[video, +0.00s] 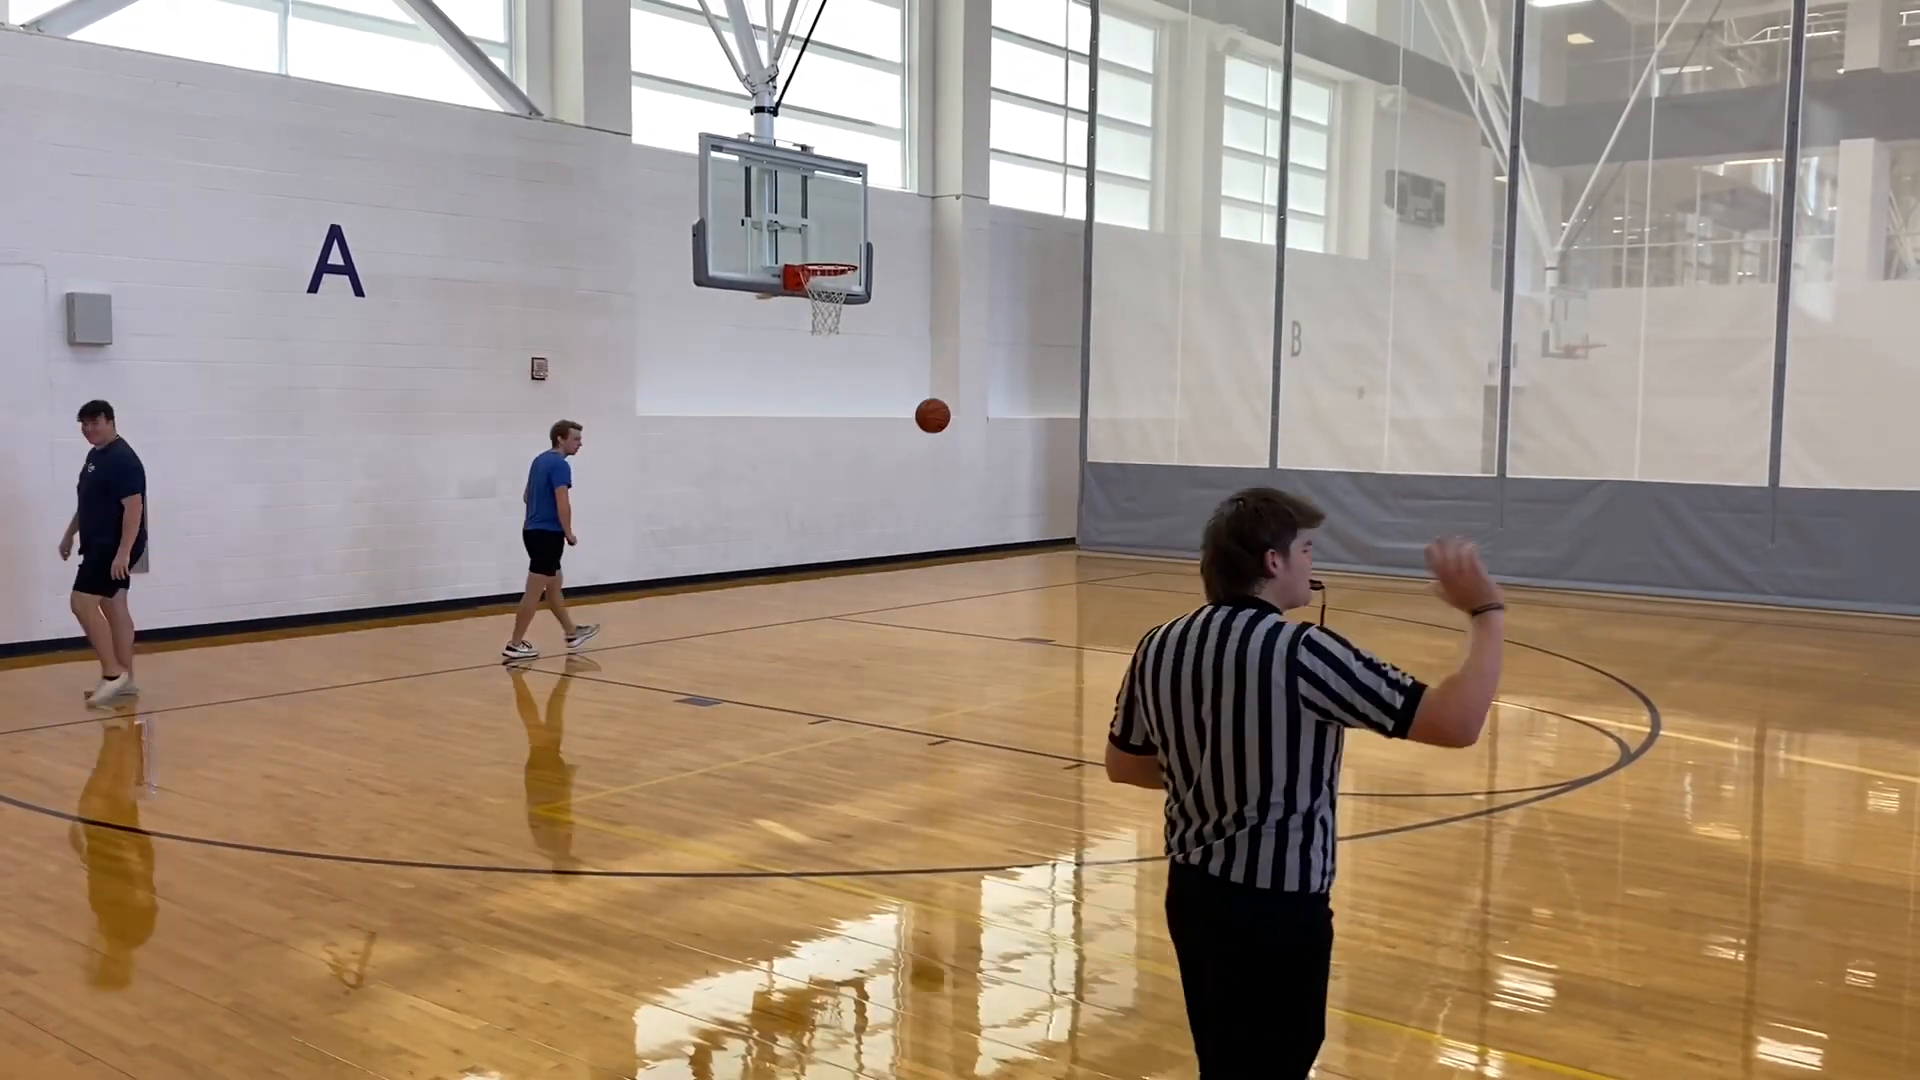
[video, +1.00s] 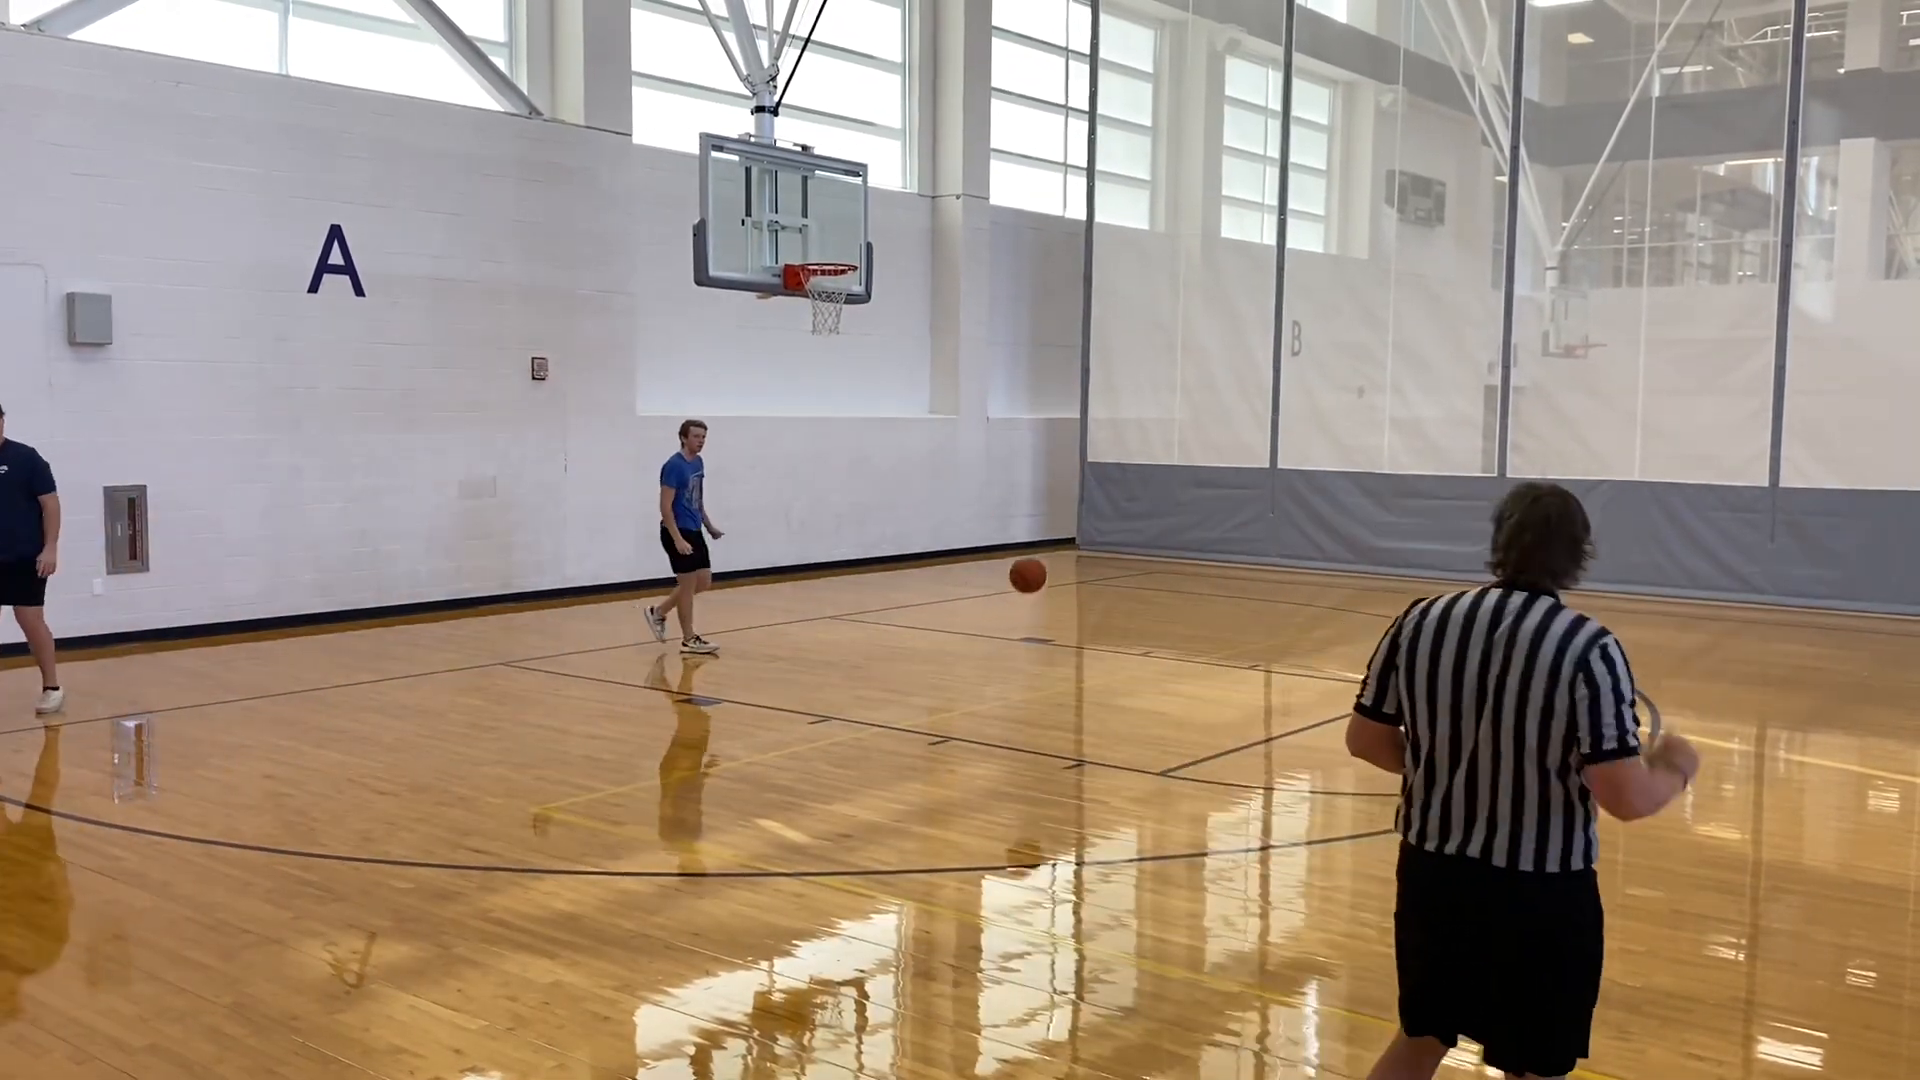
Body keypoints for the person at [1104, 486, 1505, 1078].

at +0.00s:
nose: (1312, 566)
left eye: (1310, 551)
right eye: (1306, 552)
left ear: (1224, 560)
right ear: (1273, 560)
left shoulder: (1160, 645)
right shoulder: (1300, 651)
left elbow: (1126, 761)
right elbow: (1457, 721)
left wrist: (1210, 773)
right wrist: (1487, 611)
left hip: (1192, 895)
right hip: (1281, 904)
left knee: (1220, 1059)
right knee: (1280, 1058)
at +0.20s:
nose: (1373, 557)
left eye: (1371, 542)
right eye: (1364, 541)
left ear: (1287, 548)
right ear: (1324, 547)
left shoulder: (1212, 630)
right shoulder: (1345, 628)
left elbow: (1179, 746)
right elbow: (1505, 636)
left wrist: (1258, 756)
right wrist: (1636, 572)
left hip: (1246, 887)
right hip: (1334, 894)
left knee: (1299, 1059)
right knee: (1359, 1058)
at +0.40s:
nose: (1417, 555)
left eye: (1415, 539)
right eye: (1410, 539)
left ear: (1336, 543)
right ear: (1376, 541)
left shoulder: (1256, 624)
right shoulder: (1389, 619)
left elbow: (1228, 738)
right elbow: (1534, 614)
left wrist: (1305, 756)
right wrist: (1683, 591)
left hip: (1283, 878)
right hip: (1378, 884)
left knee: (1312, 1057)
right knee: (1433, 1059)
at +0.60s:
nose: (1455, 562)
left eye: (1455, 546)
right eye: (1454, 546)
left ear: (1371, 546)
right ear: (1429, 547)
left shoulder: (1300, 626)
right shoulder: (1438, 625)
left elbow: (1265, 737)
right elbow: (1592, 622)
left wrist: (1343, 754)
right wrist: (1742, 604)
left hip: (1325, 876)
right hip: (1428, 883)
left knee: (1337, 1054)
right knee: (1471, 1056)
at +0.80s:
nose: (1510, 562)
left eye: (1507, 550)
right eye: (1509, 552)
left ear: (1424, 552)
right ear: (1502, 562)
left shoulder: (1358, 632)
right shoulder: (1506, 637)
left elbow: (1315, 745)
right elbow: (1661, 693)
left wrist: (1397, 758)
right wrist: (1778, 615)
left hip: (1381, 892)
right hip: (1494, 899)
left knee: (1378, 1059)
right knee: (1510, 1066)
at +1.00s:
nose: (1579, 557)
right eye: (1579, 546)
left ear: (1499, 544)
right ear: (1576, 555)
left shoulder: (1422, 621)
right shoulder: (1588, 649)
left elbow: (1365, 738)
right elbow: (1624, 796)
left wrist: (1445, 759)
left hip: (1433, 883)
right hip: (1545, 896)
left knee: (1419, 1037)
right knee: (1533, 1068)